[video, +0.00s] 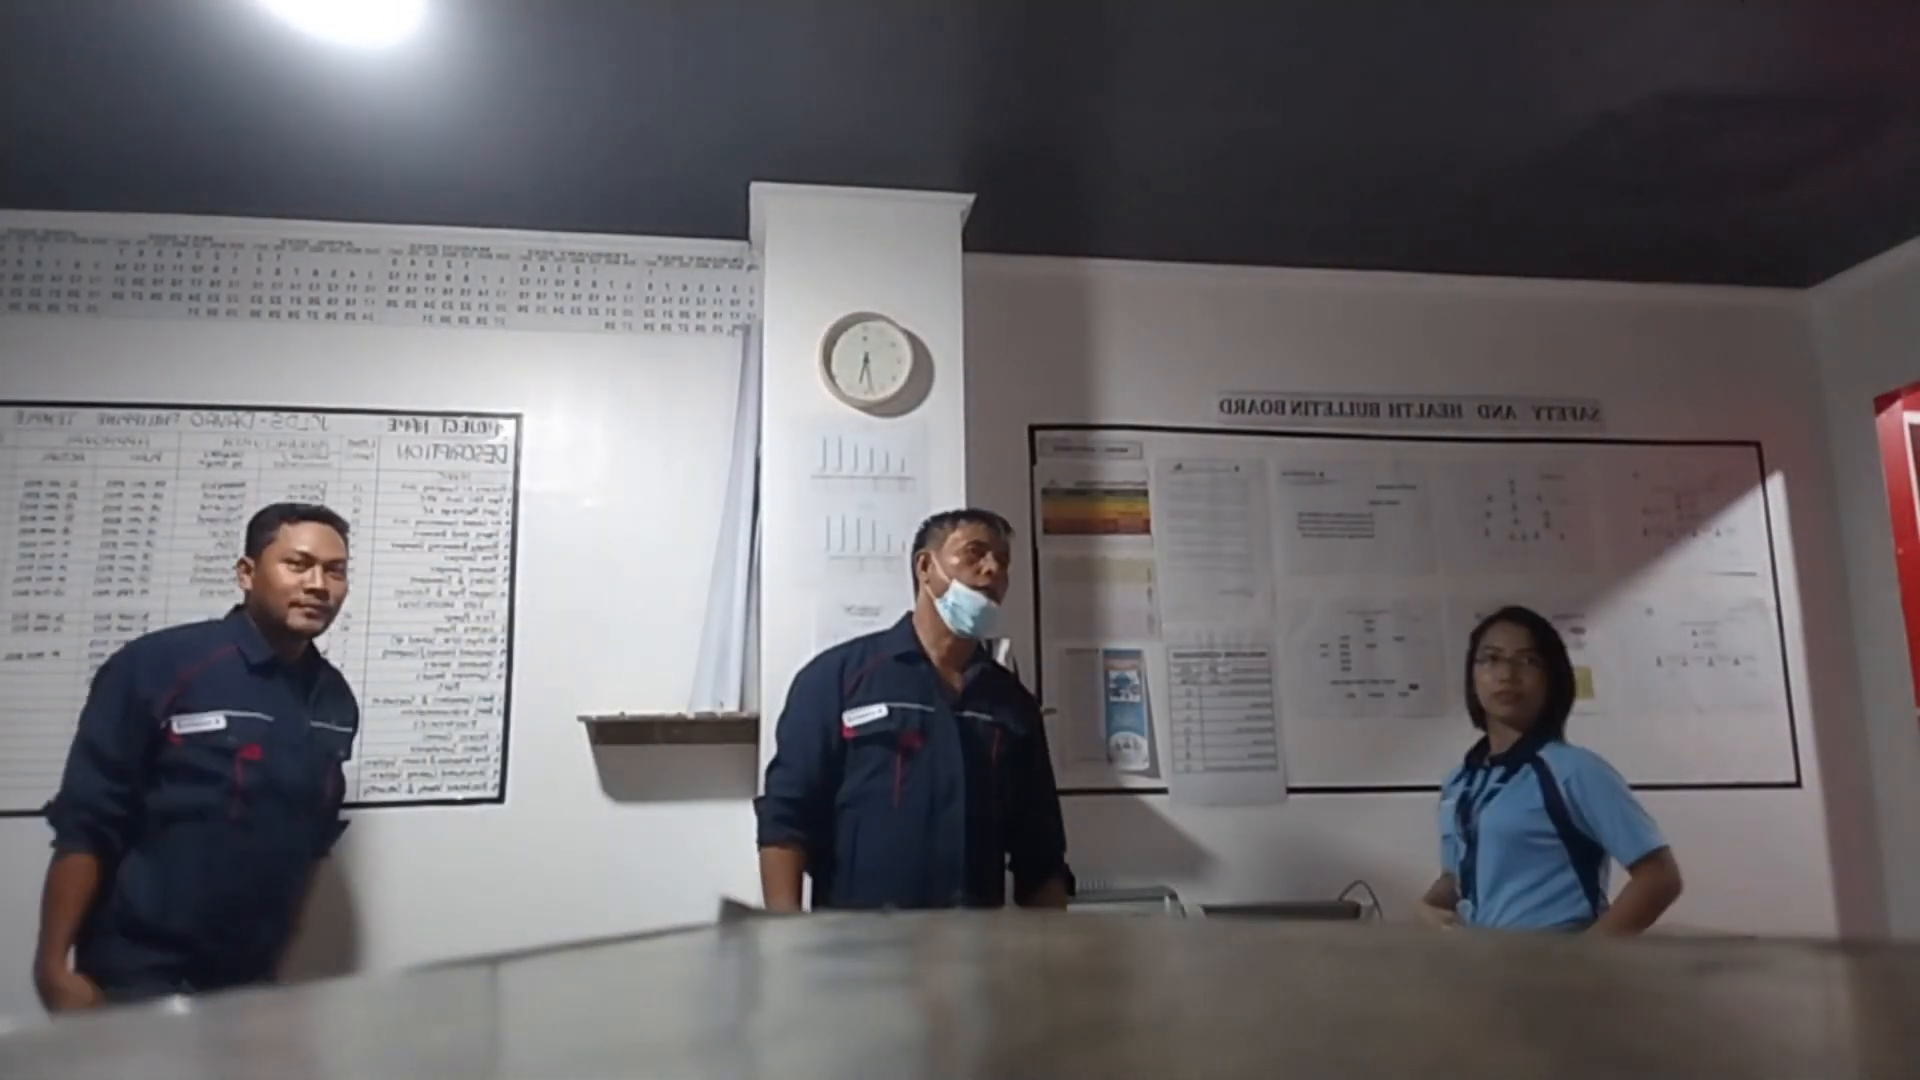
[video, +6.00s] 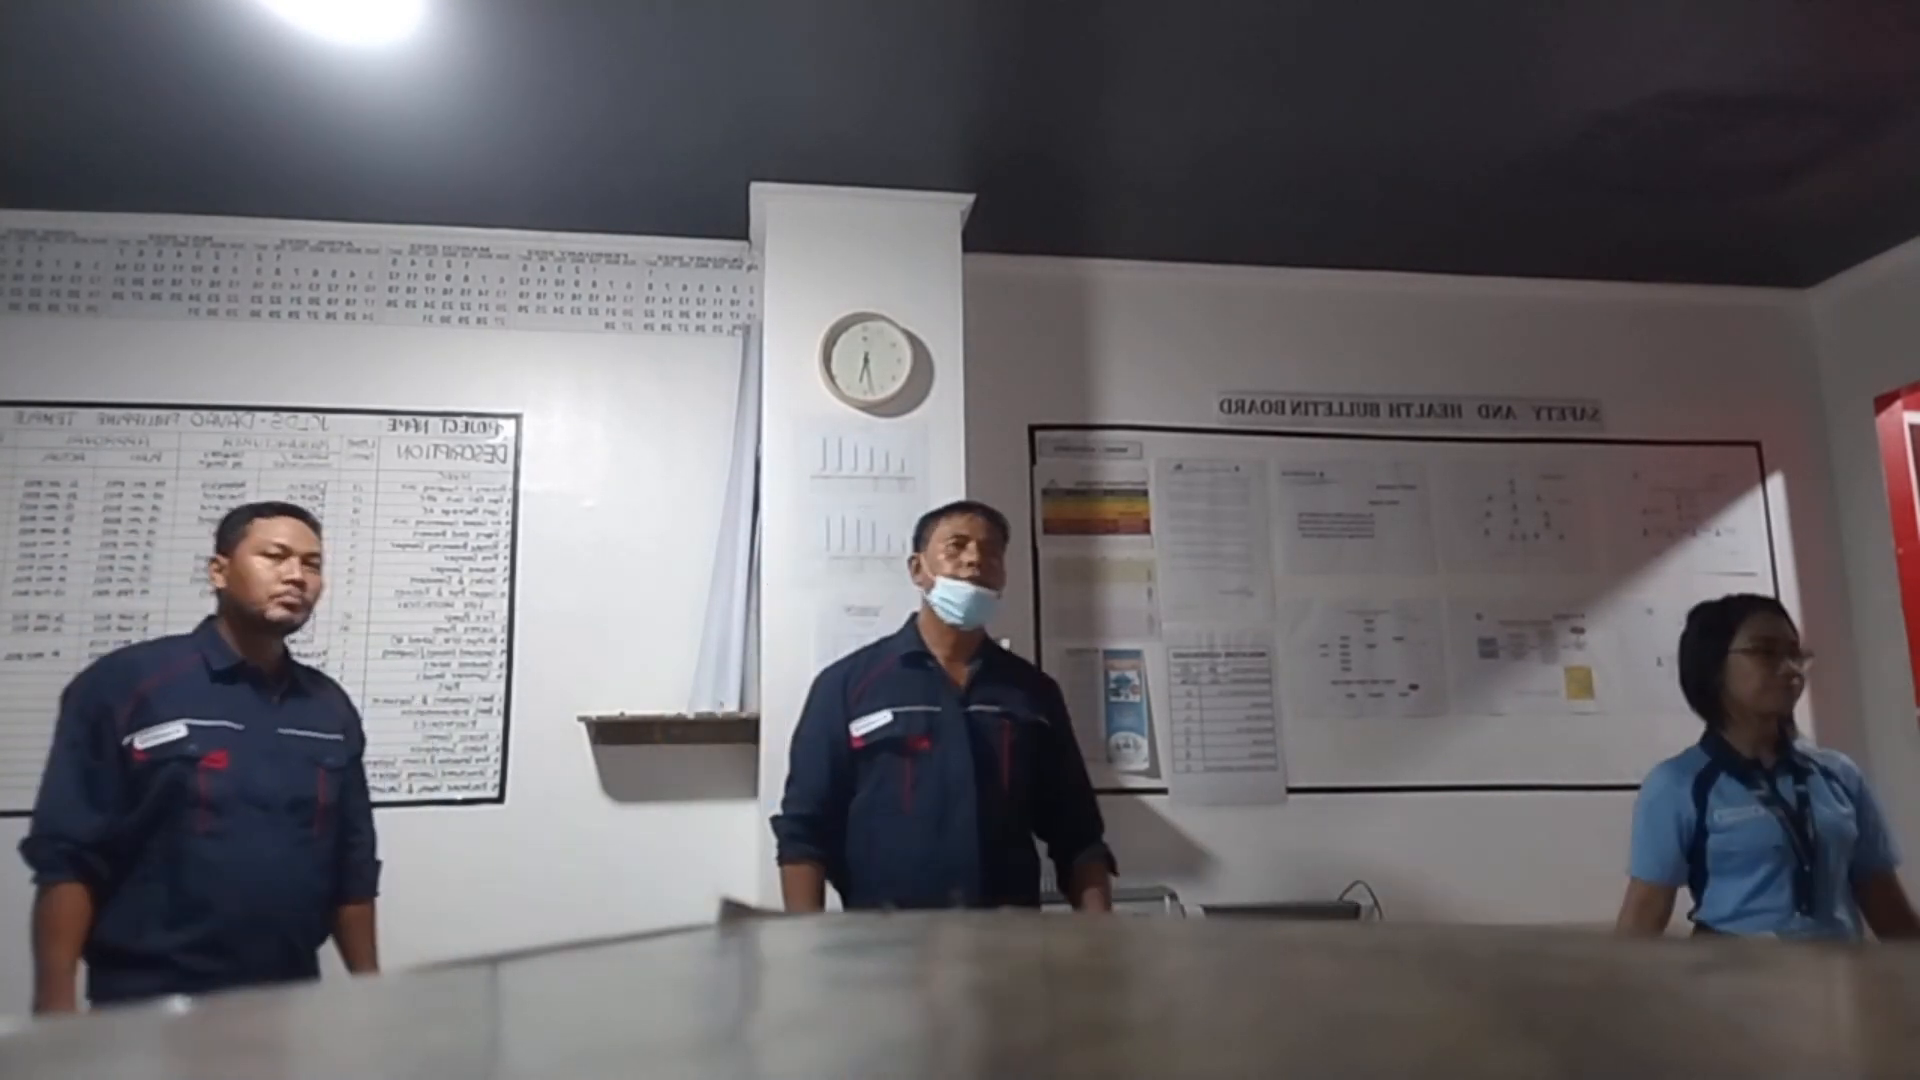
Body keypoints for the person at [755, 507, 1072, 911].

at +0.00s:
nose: (993, 568)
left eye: (1001, 559)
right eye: (973, 553)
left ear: (1010, 579)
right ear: (926, 568)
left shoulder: (1014, 705)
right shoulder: (834, 680)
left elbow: (1041, 860)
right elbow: (784, 819)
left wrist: (1048, 966)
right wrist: (788, 949)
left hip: (974, 954)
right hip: (853, 953)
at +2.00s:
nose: (965, 571)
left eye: (983, 567)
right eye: (952, 556)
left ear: (995, 599)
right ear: (917, 574)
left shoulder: (1015, 719)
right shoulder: (826, 679)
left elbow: (1032, 873)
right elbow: (765, 810)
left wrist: (1038, 965)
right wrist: (741, 933)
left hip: (967, 954)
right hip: (840, 948)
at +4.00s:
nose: (963, 572)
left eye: (980, 563)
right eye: (945, 559)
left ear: (1001, 590)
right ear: (917, 582)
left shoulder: (1023, 699)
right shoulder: (841, 681)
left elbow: (1051, 830)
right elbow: (788, 815)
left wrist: (978, 725)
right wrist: (786, 939)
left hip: (985, 941)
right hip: (861, 940)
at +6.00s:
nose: (974, 559)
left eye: (988, 552)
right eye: (956, 546)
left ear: (1002, 579)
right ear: (919, 569)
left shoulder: (1034, 694)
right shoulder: (845, 688)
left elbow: (1076, 833)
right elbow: (801, 831)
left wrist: (1100, 939)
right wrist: (810, 954)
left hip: (1009, 949)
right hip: (883, 949)